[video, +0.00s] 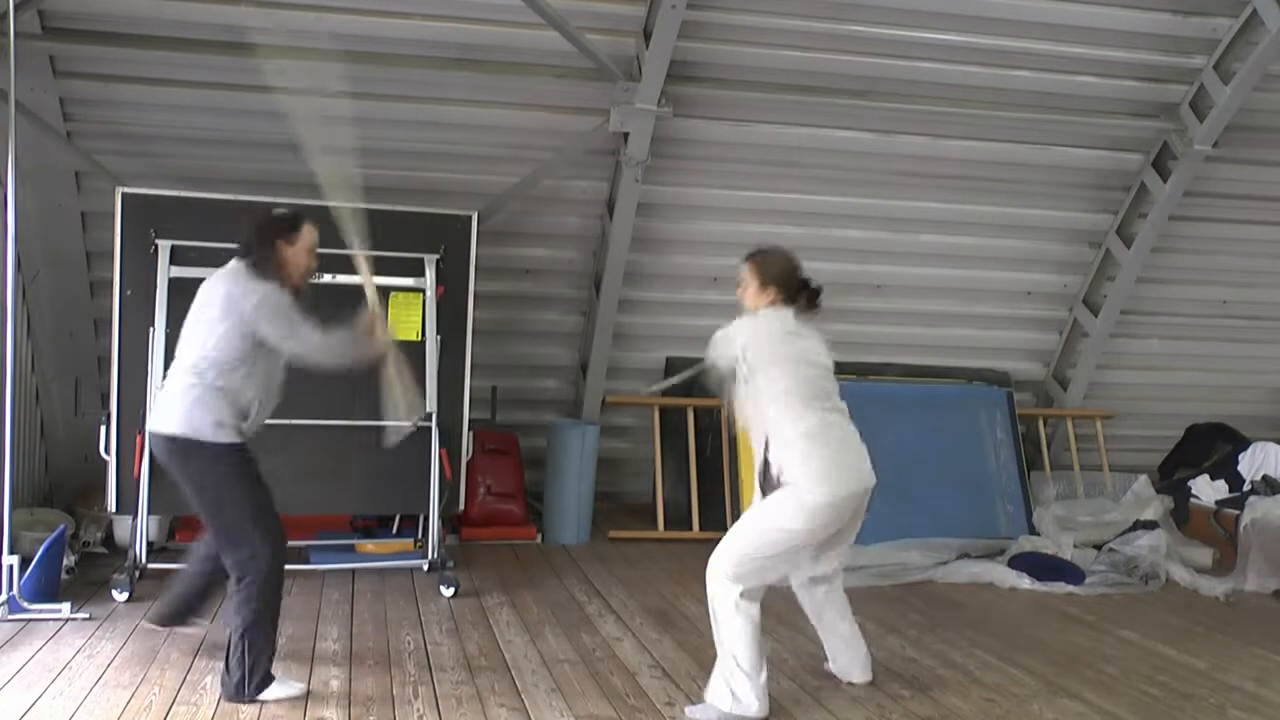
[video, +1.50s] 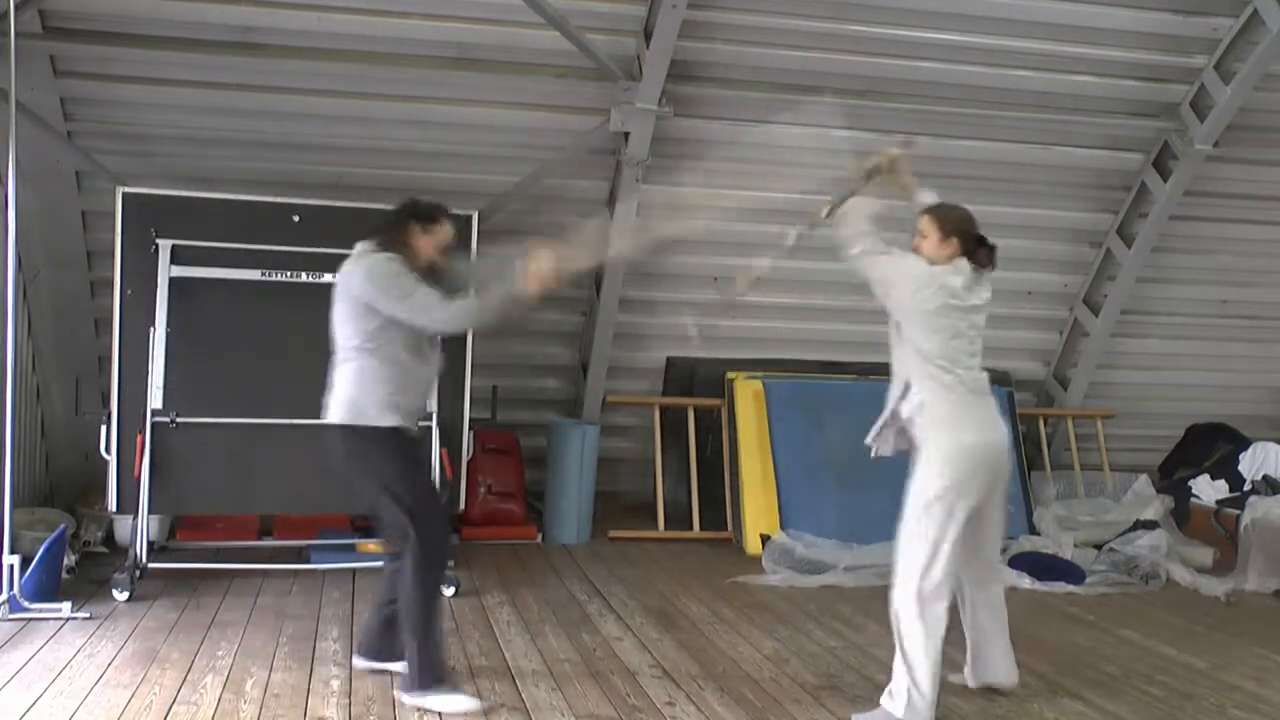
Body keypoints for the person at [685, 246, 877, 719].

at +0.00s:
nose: (738, 292)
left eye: (744, 284)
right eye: (740, 283)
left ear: (766, 290)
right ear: (786, 291)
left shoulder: (749, 329)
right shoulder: (809, 333)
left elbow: (715, 363)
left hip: (812, 487)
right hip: (856, 479)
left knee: (727, 570)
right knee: (814, 571)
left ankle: (739, 697)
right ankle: (853, 664)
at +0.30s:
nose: (711, 293)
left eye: (717, 283)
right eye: (712, 283)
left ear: (746, 286)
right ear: (751, 288)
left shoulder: (770, 314)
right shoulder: (755, 329)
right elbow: (706, 401)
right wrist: (662, 394)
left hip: (818, 471)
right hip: (814, 469)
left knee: (736, 569)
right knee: (795, 566)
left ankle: (739, 701)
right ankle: (856, 651)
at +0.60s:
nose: (751, 262)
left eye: (758, 251)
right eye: (752, 251)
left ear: (785, 255)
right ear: (784, 256)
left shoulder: (815, 301)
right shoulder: (773, 307)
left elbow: (793, 383)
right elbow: (738, 356)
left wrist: (730, 379)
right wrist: (710, 390)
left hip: (835, 454)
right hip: (799, 451)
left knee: (775, 561)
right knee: (786, 560)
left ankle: (743, 698)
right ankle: (819, 668)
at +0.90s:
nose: (810, 246)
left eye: (817, 237)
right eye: (812, 236)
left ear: (845, 242)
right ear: (852, 243)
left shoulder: (836, 293)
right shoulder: (870, 289)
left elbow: (782, 370)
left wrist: (743, 328)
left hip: (857, 448)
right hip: (874, 443)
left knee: (848, 569)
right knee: (821, 557)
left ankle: (916, 683)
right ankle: (820, 669)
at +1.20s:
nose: (852, 243)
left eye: (860, 235)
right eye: (854, 234)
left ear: (888, 245)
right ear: (896, 246)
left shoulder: (871, 300)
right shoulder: (918, 292)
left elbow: (817, 367)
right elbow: (850, 343)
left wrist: (789, 304)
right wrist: (790, 309)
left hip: (897, 457)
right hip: (933, 451)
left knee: (874, 585)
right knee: (902, 561)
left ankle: (909, 705)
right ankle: (945, 647)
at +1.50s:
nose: (916, 242)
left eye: (924, 235)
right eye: (918, 234)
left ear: (950, 244)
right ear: (957, 244)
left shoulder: (914, 282)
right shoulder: (977, 280)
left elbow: (859, 241)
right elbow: (949, 230)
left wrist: (858, 195)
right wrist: (911, 185)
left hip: (949, 445)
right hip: (993, 438)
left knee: (917, 577)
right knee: (982, 563)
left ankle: (910, 701)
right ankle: (994, 668)